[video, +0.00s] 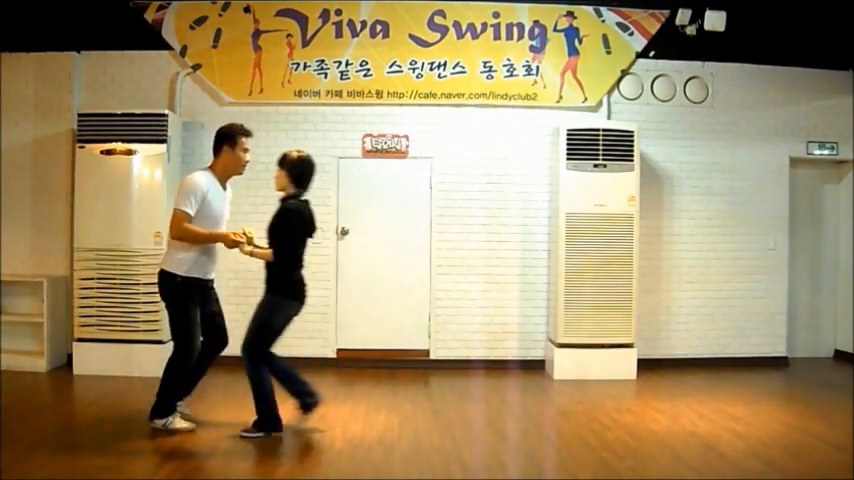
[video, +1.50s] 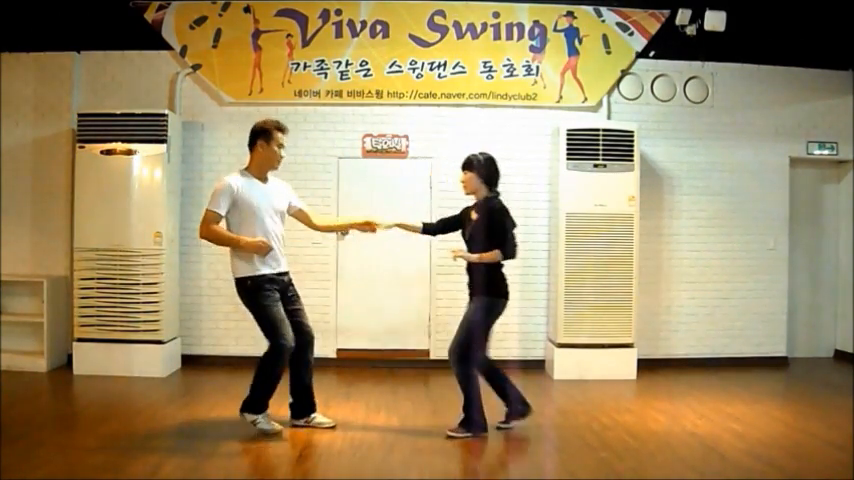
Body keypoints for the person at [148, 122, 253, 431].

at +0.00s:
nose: (247, 158)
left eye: (248, 152)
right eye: (243, 151)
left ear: (226, 153)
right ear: (224, 151)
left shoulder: (224, 189)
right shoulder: (196, 183)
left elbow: (207, 229)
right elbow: (177, 230)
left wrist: (232, 236)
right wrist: (222, 237)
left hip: (202, 280)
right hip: (178, 279)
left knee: (216, 340)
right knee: (188, 346)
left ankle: (172, 400)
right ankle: (161, 414)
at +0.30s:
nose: (256, 157)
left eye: (256, 150)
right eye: (252, 150)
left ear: (238, 154)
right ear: (233, 153)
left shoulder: (233, 191)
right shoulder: (210, 185)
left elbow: (213, 229)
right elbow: (180, 226)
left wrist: (236, 238)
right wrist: (223, 238)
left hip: (217, 283)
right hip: (196, 283)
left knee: (205, 350)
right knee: (206, 350)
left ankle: (172, 405)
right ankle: (169, 408)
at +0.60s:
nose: (262, 146)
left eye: (261, 140)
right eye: (256, 140)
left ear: (245, 147)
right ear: (238, 146)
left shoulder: (242, 184)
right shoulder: (222, 179)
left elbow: (230, 231)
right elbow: (212, 227)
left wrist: (264, 241)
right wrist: (257, 240)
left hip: (226, 277)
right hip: (204, 275)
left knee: (256, 330)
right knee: (197, 347)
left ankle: (244, 405)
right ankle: (172, 412)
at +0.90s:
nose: (265, 140)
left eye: (263, 135)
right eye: (258, 135)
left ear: (252, 143)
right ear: (239, 142)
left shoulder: (261, 183)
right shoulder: (230, 181)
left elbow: (271, 228)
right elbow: (242, 233)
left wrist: (307, 237)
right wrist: (291, 233)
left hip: (261, 275)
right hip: (238, 277)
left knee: (277, 340)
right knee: (239, 346)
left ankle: (278, 412)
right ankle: (189, 398)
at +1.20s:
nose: (270, 143)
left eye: (269, 137)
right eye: (264, 137)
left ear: (263, 144)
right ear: (245, 144)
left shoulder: (273, 184)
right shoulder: (232, 185)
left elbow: (294, 228)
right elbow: (230, 236)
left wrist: (336, 233)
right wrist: (276, 233)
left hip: (277, 276)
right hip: (251, 279)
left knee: (297, 338)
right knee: (274, 345)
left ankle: (279, 411)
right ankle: (248, 416)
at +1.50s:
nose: (283, 153)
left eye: (283, 147)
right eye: (279, 146)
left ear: (265, 149)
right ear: (259, 146)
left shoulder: (279, 188)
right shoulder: (231, 185)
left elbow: (316, 223)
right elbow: (207, 230)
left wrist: (355, 224)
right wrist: (246, 243)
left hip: (282, 277)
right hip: (254, 280)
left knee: (304, 338)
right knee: (283, 342)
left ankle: (302, 412)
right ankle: (253, 409)